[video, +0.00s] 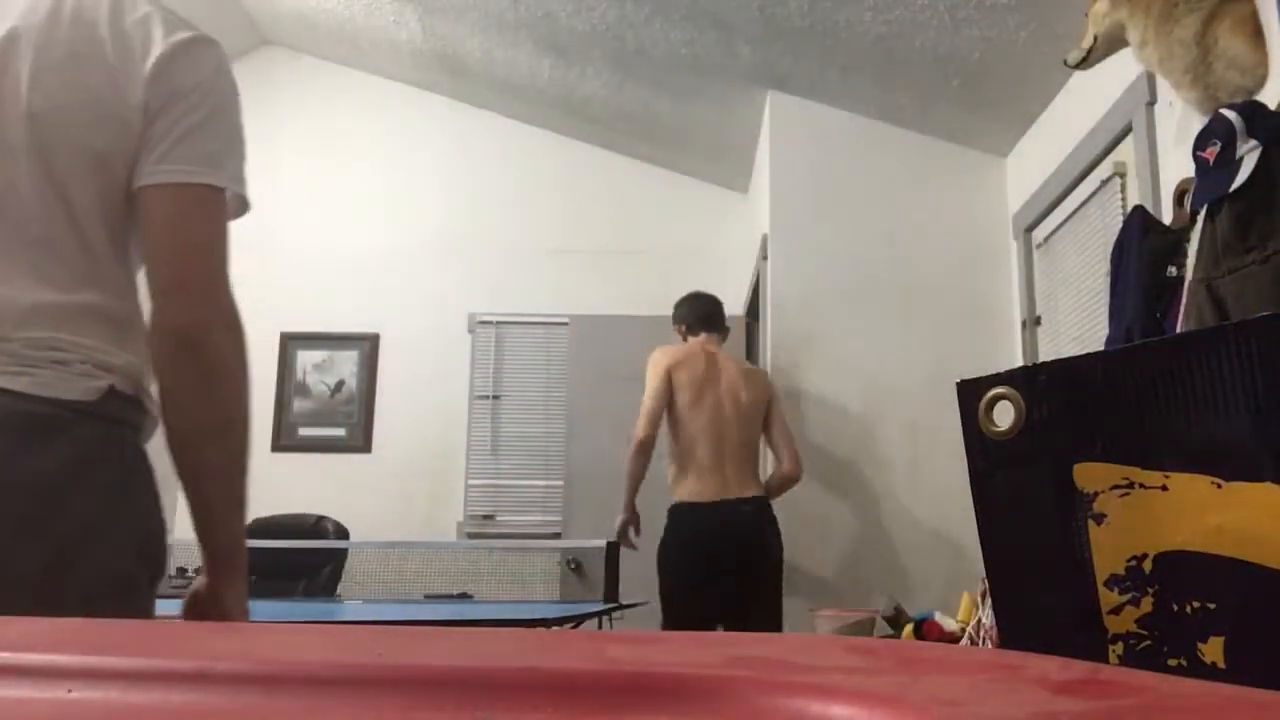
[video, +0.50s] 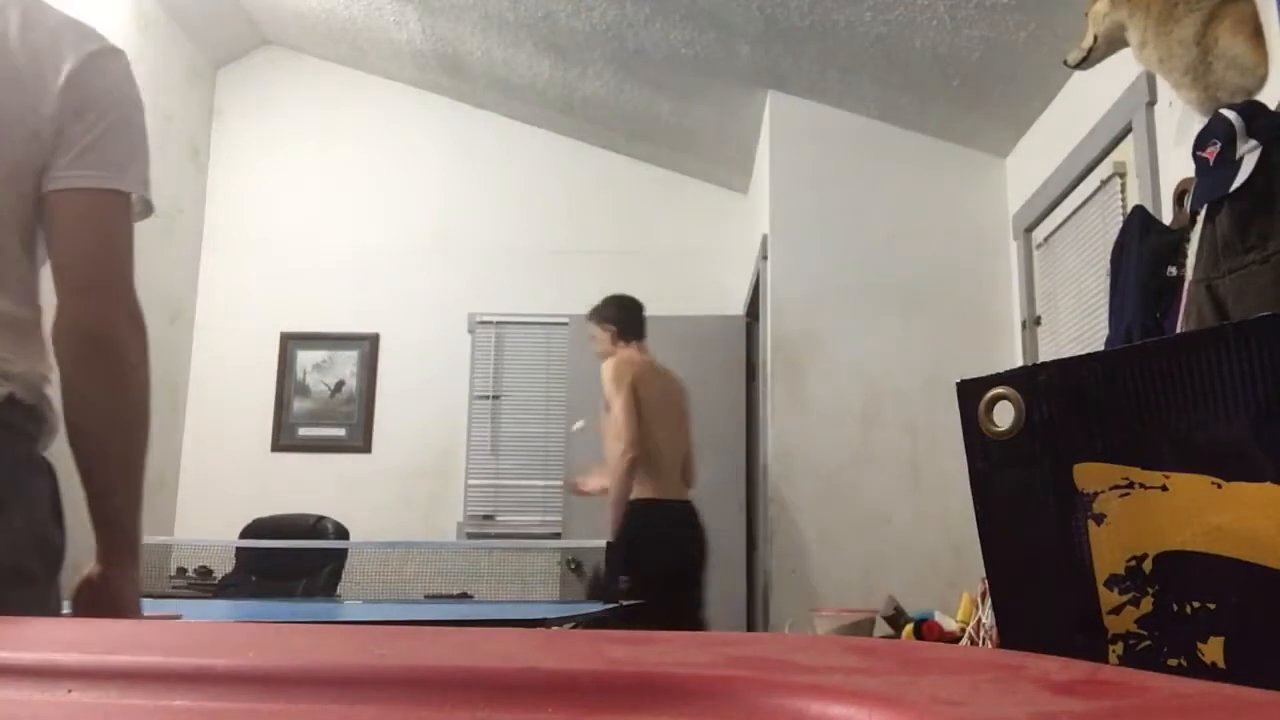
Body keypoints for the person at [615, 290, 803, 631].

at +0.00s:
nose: (676, 338)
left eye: (675, 331)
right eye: (677, 332)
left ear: (681, 329)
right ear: (724, 331)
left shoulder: (668, 358)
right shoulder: (757, 377)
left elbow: (644, 438)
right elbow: (790, 469)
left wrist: (629, 506)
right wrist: (754, 498)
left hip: (691, 529)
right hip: (754, 528)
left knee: (687, 653)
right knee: (757, 654)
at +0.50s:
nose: (594, 346)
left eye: (596, 336)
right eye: (593, 337)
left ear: (614, 332)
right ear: (635, 330)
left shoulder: (618, 366)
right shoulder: (671, 380)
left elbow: (628, 451)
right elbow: (685, 475)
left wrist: (614, 538)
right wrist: (605, 482)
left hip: (644, 523)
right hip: (683, 521)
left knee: (636, 637)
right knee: (684, 635)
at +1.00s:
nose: (544, 315)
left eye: (556, 307)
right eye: (540, 308)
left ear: (580, 318)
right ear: (535, 316)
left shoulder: (601, 371)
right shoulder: (527, 378)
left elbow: (628, 457)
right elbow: (497, 444)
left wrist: (597, 519)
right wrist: (485, 473)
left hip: (579, 519)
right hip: (528, 519)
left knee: (580, 634)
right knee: (507, 625)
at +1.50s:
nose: (483, 319)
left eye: (494, 311)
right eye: (475, 312)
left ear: (514, 323)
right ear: (467, 323)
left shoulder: (538, 375)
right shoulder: (457, 375)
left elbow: (554, 454)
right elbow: (422, 404)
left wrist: (560, 534)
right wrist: (443, 334)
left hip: (524, 521)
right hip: (465, 521)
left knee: (526, 636)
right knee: (455, 634)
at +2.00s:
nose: (503, 332)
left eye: (515, 324)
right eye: (498, 325)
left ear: (536, 333)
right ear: (492, 333)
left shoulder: (558, 388)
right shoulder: (480, 387)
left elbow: (571, 466)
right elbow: (444, 434)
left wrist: (575, 535)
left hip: (536, 528)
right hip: (479, 525)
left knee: (535, 636)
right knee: (466, 632)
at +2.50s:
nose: (539, 342)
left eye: (549, 334)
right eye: (533, 336)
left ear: (571, 342)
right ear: (529, 344)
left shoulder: (597, 395)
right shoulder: (516, 400)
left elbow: (620, 468)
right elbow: (513, 472)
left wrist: (626, 545)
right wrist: (511, 524)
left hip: (573, 528)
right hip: (518, 528)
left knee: (568, 635)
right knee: (505, 633)